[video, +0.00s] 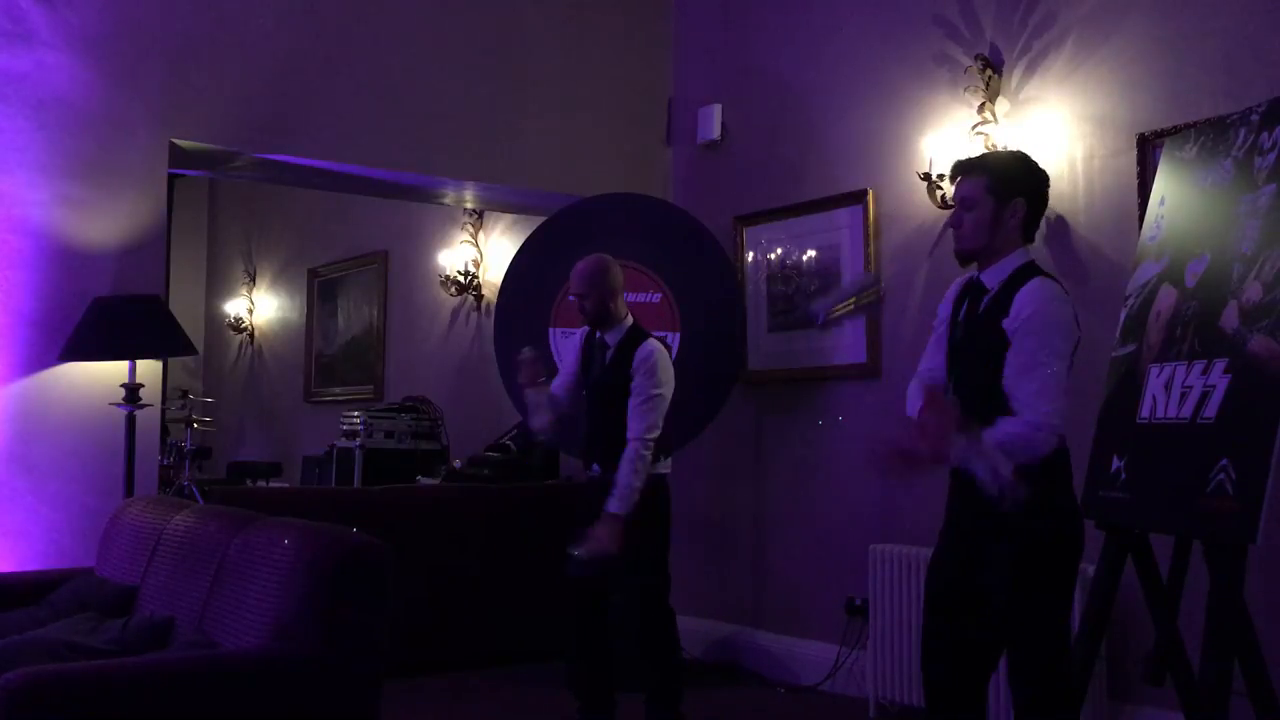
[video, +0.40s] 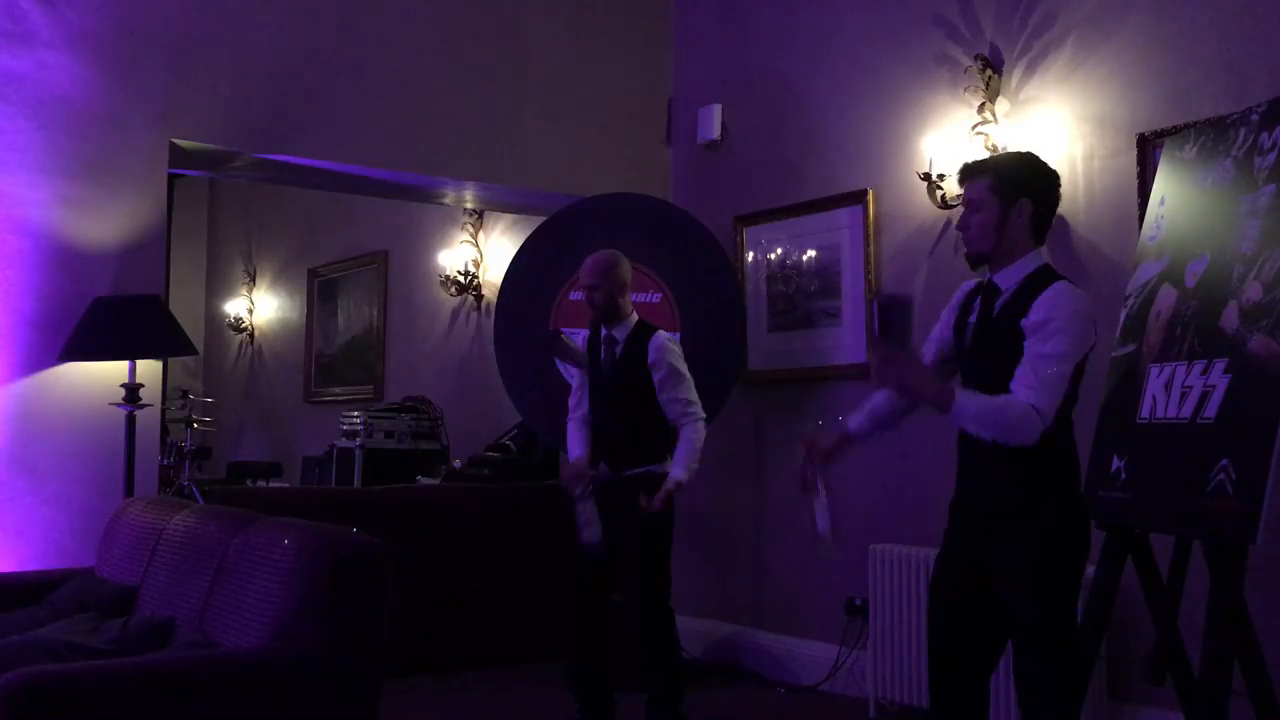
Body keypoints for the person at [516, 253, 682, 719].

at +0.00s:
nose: (574, 305)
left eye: (581, 297)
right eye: (572, 296)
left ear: (609, 297)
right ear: (588, 298)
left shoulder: (650, 354)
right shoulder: (585, 346)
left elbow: (641, 446)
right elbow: (553, 418)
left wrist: (613, 518)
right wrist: (535, 392)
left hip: (640, 493)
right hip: (594, 488)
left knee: (645, 608)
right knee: (592, 603)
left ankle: (662, 706)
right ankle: (594, 703)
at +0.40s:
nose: (586, 299)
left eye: (595, 291)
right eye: (584, 291)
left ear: (623, 290)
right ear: (586, 293)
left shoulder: (659, 346)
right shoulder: (589, 345)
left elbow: (692, 419)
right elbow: (577, 410)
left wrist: (676, 477)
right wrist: (577, 456)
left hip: (648, 490)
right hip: (601, 488)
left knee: (650, 602)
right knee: (599, 599)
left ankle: (664, 704)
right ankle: (597, 702)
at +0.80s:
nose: (590, 306)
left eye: (596, 296)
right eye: (590, 297)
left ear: (623, 295)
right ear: (617, 295)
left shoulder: (659, 353)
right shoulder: (612, 344)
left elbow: (673, 435)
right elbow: (573, 366)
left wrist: (619, 479)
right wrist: (522, 364)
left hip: (645, 492)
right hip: (609, 488)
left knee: (643, 602)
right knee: (598, 597)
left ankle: (662, 701)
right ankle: (597, 698)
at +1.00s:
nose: (588, 302)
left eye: (593, 294)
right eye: (587, 295)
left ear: (614, 296)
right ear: (622, 296)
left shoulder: (646, 352)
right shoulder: (615, 336)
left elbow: (668, 434)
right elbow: (593, 308)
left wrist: (668, 514)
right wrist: (560, 285)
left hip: (636, 494)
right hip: (611, 490)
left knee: (638, 614)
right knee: (606, 606)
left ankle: (657, 707)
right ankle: (599, 701)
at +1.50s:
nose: (603, 308)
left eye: (613, 299)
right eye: (599, 299)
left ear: (638, 297)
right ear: (596, 298)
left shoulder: (672, 351)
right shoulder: (593, 348)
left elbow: (653, 424)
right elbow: (573, 421)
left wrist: (596, 418)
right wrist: (573, 487)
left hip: (650, 490)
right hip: (599, 487)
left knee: (647, 599)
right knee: (596, 595)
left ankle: (663, 703)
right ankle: (594, 701)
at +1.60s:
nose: (608, 305)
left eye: (618, 296)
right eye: (603, 296)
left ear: (642, 294)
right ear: (599, 296)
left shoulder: (672, 352)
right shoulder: (594, 346)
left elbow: (659, 431)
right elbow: (568, 411)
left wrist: (631, 378)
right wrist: (610, 430)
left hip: (645, 489)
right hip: (595, 488)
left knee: (645, 599)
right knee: (592, 598)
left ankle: (663, 701)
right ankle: (594, 700)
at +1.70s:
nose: (606, 305)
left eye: (616, 296)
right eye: (603, 296)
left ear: (641, 295)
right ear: (599, 297)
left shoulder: (668, 352)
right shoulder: (592, 345)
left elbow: (658, 430)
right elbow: (555, 406)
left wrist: (641, 373)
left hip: (641, 490)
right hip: (591, 487)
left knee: (641, 598)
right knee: (589, 596)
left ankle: (659, 701)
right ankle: (591, 699)